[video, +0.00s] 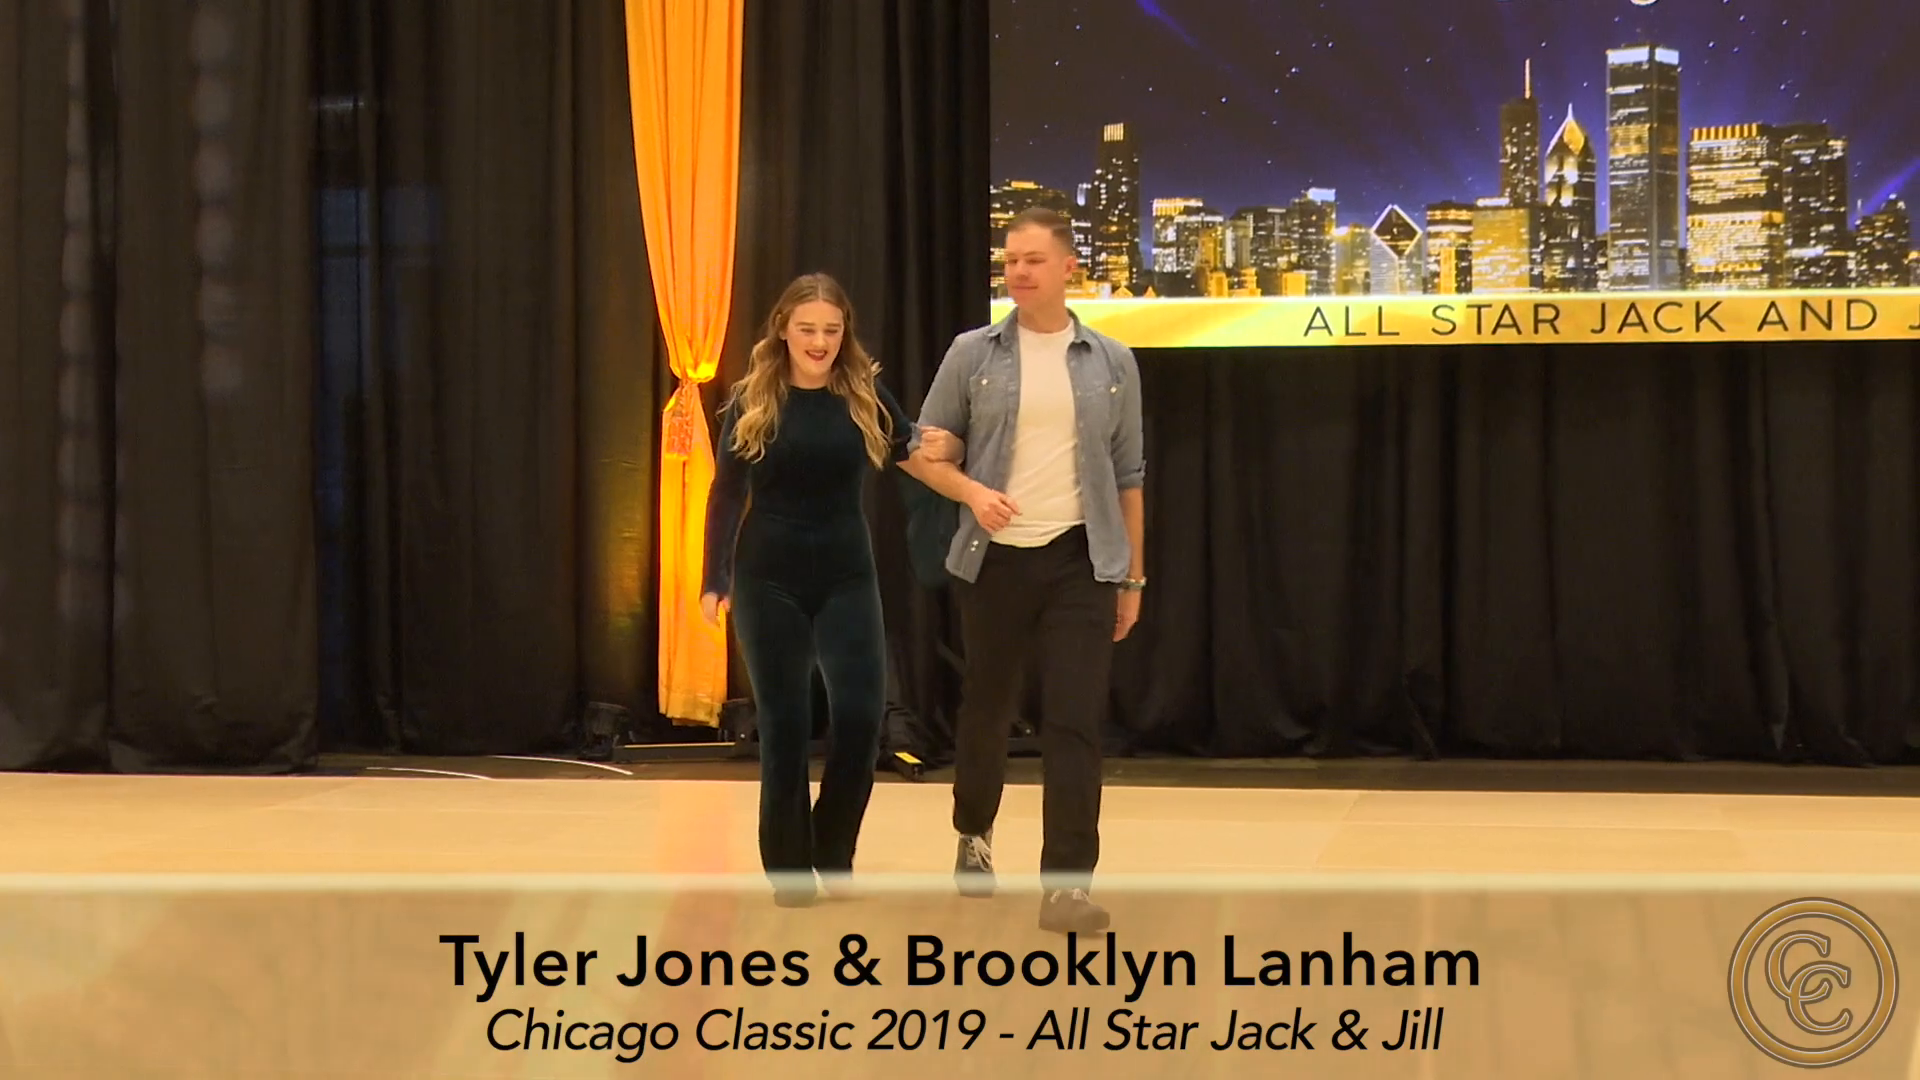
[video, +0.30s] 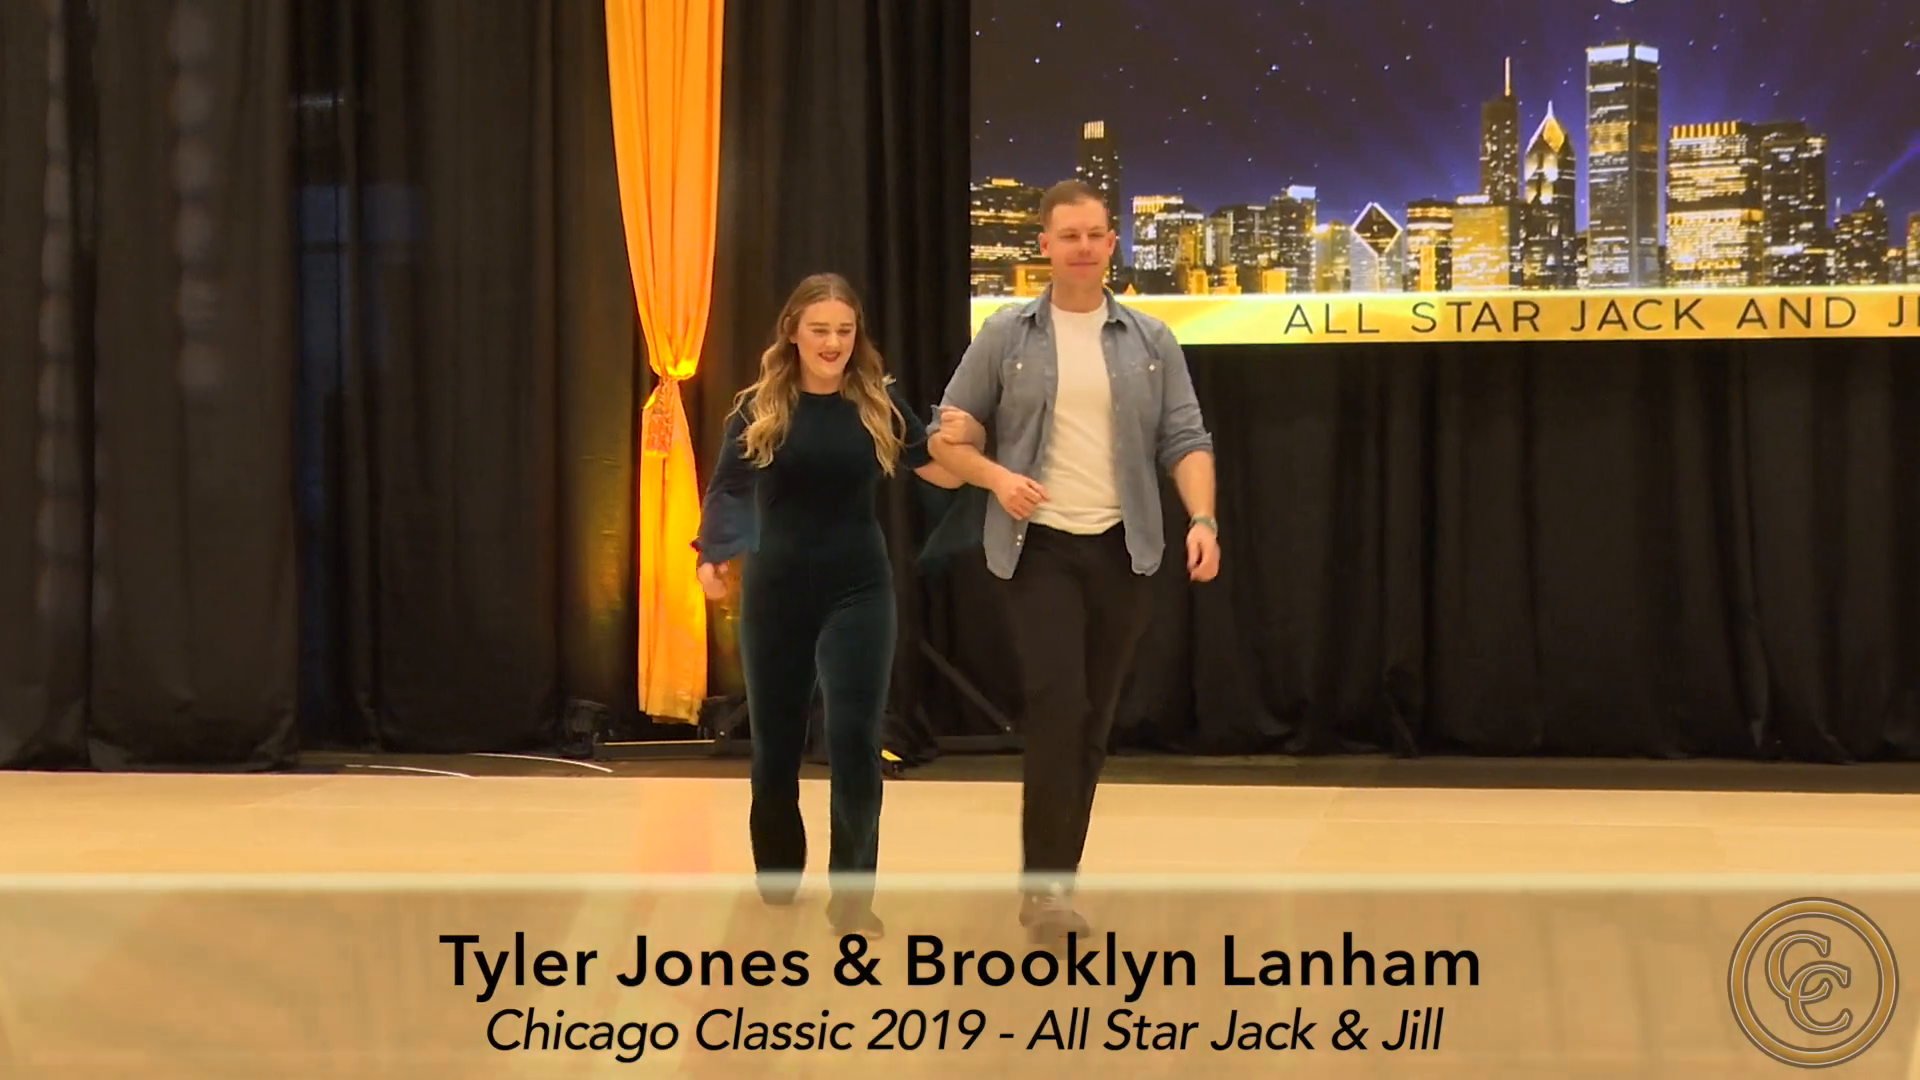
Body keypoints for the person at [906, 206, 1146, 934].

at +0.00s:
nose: (1016, 272)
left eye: (1031, 260)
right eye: (1010, 261)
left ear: (1069, 268)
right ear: (1004, 269)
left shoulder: (1114, 360)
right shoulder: (972, 352)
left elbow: (1129, 478)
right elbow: (922, 455)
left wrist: (1131, 577)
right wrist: (970, 491)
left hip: (1084, 558)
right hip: (997, 559)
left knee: (1075, 723)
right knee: (990, 709)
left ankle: (1069, 886)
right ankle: (973, 838)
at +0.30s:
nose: (1084, 246)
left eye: (1095, 233)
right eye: (1069, 234)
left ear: (1112, 242)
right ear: (1044, 245)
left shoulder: (1152, 338)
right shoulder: (1006, 333)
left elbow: (1186, 438)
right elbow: (944, 442)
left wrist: (1203, 519)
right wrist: (995, 476)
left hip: (1126, 548)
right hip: (1038, 547)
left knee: (1093, 719)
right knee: (1054, 706)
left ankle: (1057, 886)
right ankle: (1045, 889)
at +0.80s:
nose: (1115, 222)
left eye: (1130, 207)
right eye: (1101, 209)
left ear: (1163, 211)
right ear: (1085, 216)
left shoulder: (1206, 316)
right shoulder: (1054, 310)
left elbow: (1232, 444)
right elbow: (972, 410)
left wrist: (1247, 559)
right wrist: (987, 495)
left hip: (1194, 544)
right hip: (1093, 546)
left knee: (1214, 724)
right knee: (1097, 737)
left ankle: (1186, 908)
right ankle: (1110, 916)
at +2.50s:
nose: (1026, 201)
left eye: (1039, 185)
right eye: (1026, 187)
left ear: (1095, 189)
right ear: (1071, 193)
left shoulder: (1163, 287)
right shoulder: (1053, 299)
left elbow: (1204, 421)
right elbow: (1021, 423)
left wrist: (1160, 538)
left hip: (1127, 553)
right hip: (1048, 551)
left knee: (1137, 747)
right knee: (1077, 743)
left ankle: (1171, 954)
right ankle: (1112, 917)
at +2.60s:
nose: (1025, 202)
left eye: (1038, 185)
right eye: (1027, 187)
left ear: (1091, 189)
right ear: (1071, 190)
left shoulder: (1154, 282)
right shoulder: (1058, 293)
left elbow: (1183, 416)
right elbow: (1029, 417)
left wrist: (1107, 509)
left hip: (1125, 549)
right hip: (1054, 547)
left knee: (1123, 743)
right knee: (1074, 739)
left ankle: (1157, 963)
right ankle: (1113, 912)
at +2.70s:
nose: (1026, 201)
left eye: (1037, 184)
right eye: (1028, 185)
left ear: (1087, 187)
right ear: (1082, 187)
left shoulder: (1142, 276)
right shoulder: (1069, 294)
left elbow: (1157, 405)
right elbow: (1044, 419)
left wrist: (1043, 459)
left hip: (1121, 540)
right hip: (1063, 541)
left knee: (1106, 734)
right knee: (1066, 729)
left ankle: (1144, 961)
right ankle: (1106, 909)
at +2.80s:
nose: (1025, 196)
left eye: (1035, 179)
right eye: (1028, 180)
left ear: (1080, 180)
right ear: (1080, 182)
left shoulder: (1133, 273)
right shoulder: (1081, 288)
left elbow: (1132, 397)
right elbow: (1046, 402)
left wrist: (997, 405)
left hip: (1112, 539)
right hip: (1063, 540)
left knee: (1095, 727)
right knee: (1044, 717)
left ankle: (1135, 953)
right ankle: (1100, 907)